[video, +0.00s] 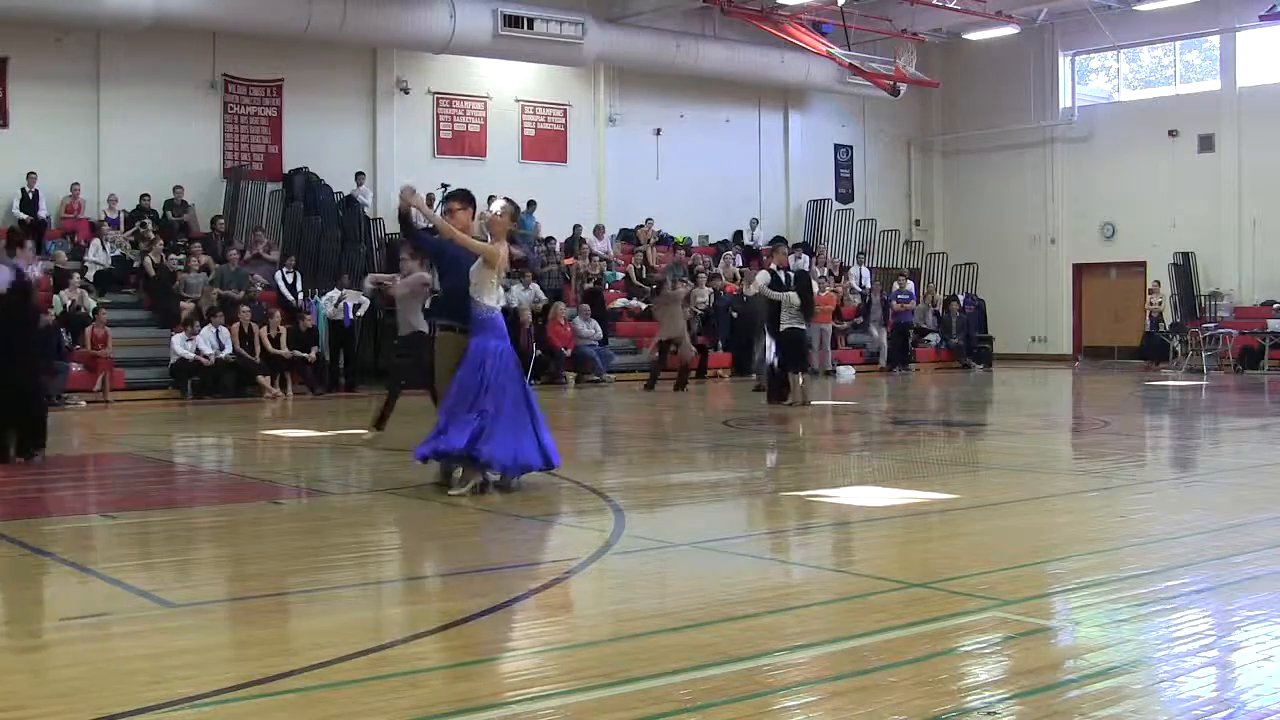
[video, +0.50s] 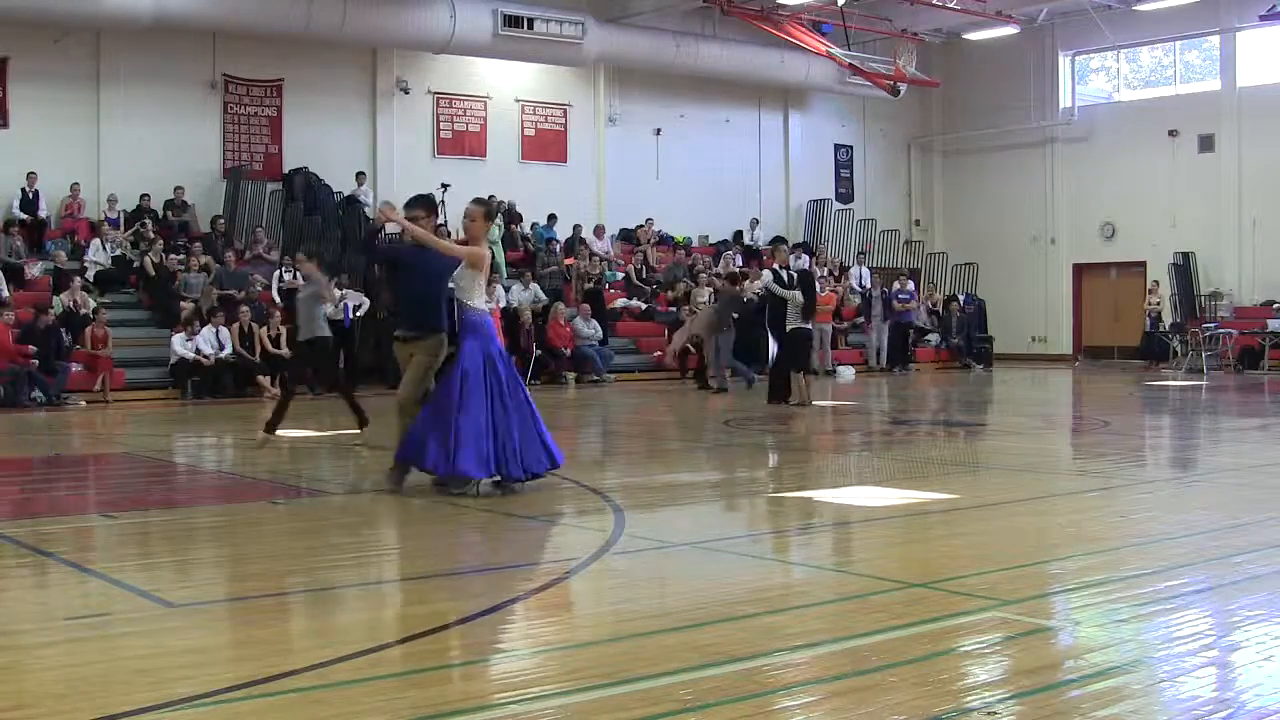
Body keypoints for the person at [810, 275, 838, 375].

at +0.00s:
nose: (821, 285)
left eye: (823, 283)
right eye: (819, 283)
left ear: (827, 284)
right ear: (817, 284)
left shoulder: (831, 296)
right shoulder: (814, 296)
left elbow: (832, 307)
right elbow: (811, 308)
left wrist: (819, 309)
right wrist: (823, 308)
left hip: (827, 323)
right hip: (815, 322)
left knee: (827, 347)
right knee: (814, 347)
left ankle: (828, 367)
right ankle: (815, 366)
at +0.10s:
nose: (821, 285)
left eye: (823, 283)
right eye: (820, 283)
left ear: (827, 284)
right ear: (817, 284)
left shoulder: (831, 296)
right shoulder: (813, 295)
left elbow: (832, 307)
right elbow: (811, 308)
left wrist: (818, 309)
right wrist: (824, 308)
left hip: (827, 323)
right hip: (815, 323)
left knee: (827, 347)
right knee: (815, 347)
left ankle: (828, 367)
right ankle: (815, 366)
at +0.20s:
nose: (821, 285)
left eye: (823, 283)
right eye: (820, 283)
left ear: (827, 284)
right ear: (817, 284)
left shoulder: (832, 296)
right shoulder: (814, 296)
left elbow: (832, 307)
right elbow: (811, 308)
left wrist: (818, 308)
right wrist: (825, 308)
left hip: (827, 323)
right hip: (815, 323)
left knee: (827, 347)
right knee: (815, 347)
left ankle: (828, 366)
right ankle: (815, 367)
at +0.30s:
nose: (822, 285)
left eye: (823, 283)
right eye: (820, 283)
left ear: (827, 284)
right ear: (817, 284)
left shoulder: (832, 296)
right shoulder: (814, 295)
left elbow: (832, 307)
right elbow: (811, 308)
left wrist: (817, 308)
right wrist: (825, 308)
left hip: (827, 323)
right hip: (815, 323)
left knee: (827, 347)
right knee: (815, 347)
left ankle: (828, 366)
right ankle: (815, 367)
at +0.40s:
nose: (821, 285)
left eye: (823, 283)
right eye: (820, 283)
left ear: (827, 284)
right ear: (817, 284)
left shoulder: (832, 296)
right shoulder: (815, 295)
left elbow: (832, 307)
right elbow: (812, 307)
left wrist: (819, 308)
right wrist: (825, 307)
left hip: (827, 322)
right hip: (816, 322)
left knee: (827, 346)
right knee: (815, 346)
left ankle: (828, 366)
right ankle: (815, 366)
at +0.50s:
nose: (821, 285)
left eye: (823, 283)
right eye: (820, 283)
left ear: (827, 284)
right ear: (817, 284)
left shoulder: (832, 296)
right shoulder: (815, 295)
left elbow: (832, 307)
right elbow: (812, 307)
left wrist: (819, 308)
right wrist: (824, 307)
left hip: (827, 322)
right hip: (816, 322)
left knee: (827, 346)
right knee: (815, 346)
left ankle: (828, 366)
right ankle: (815, 366)